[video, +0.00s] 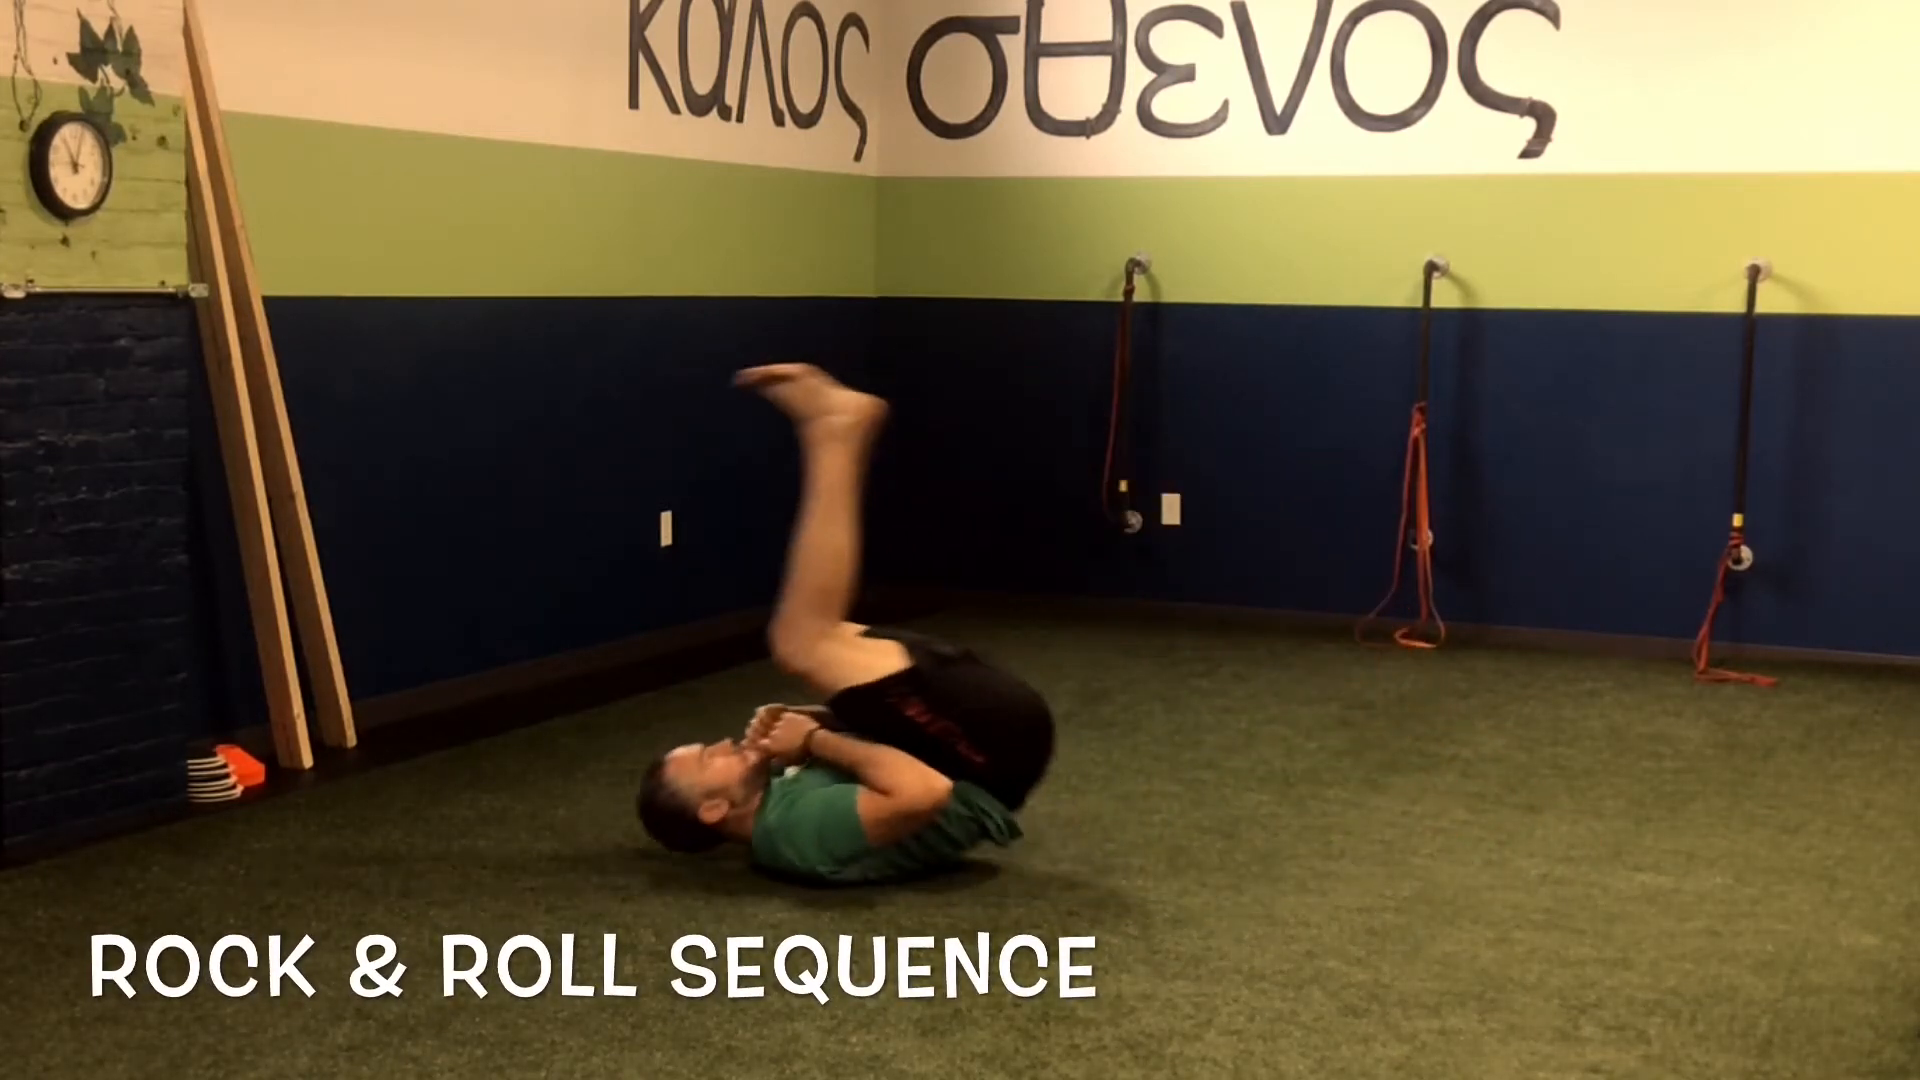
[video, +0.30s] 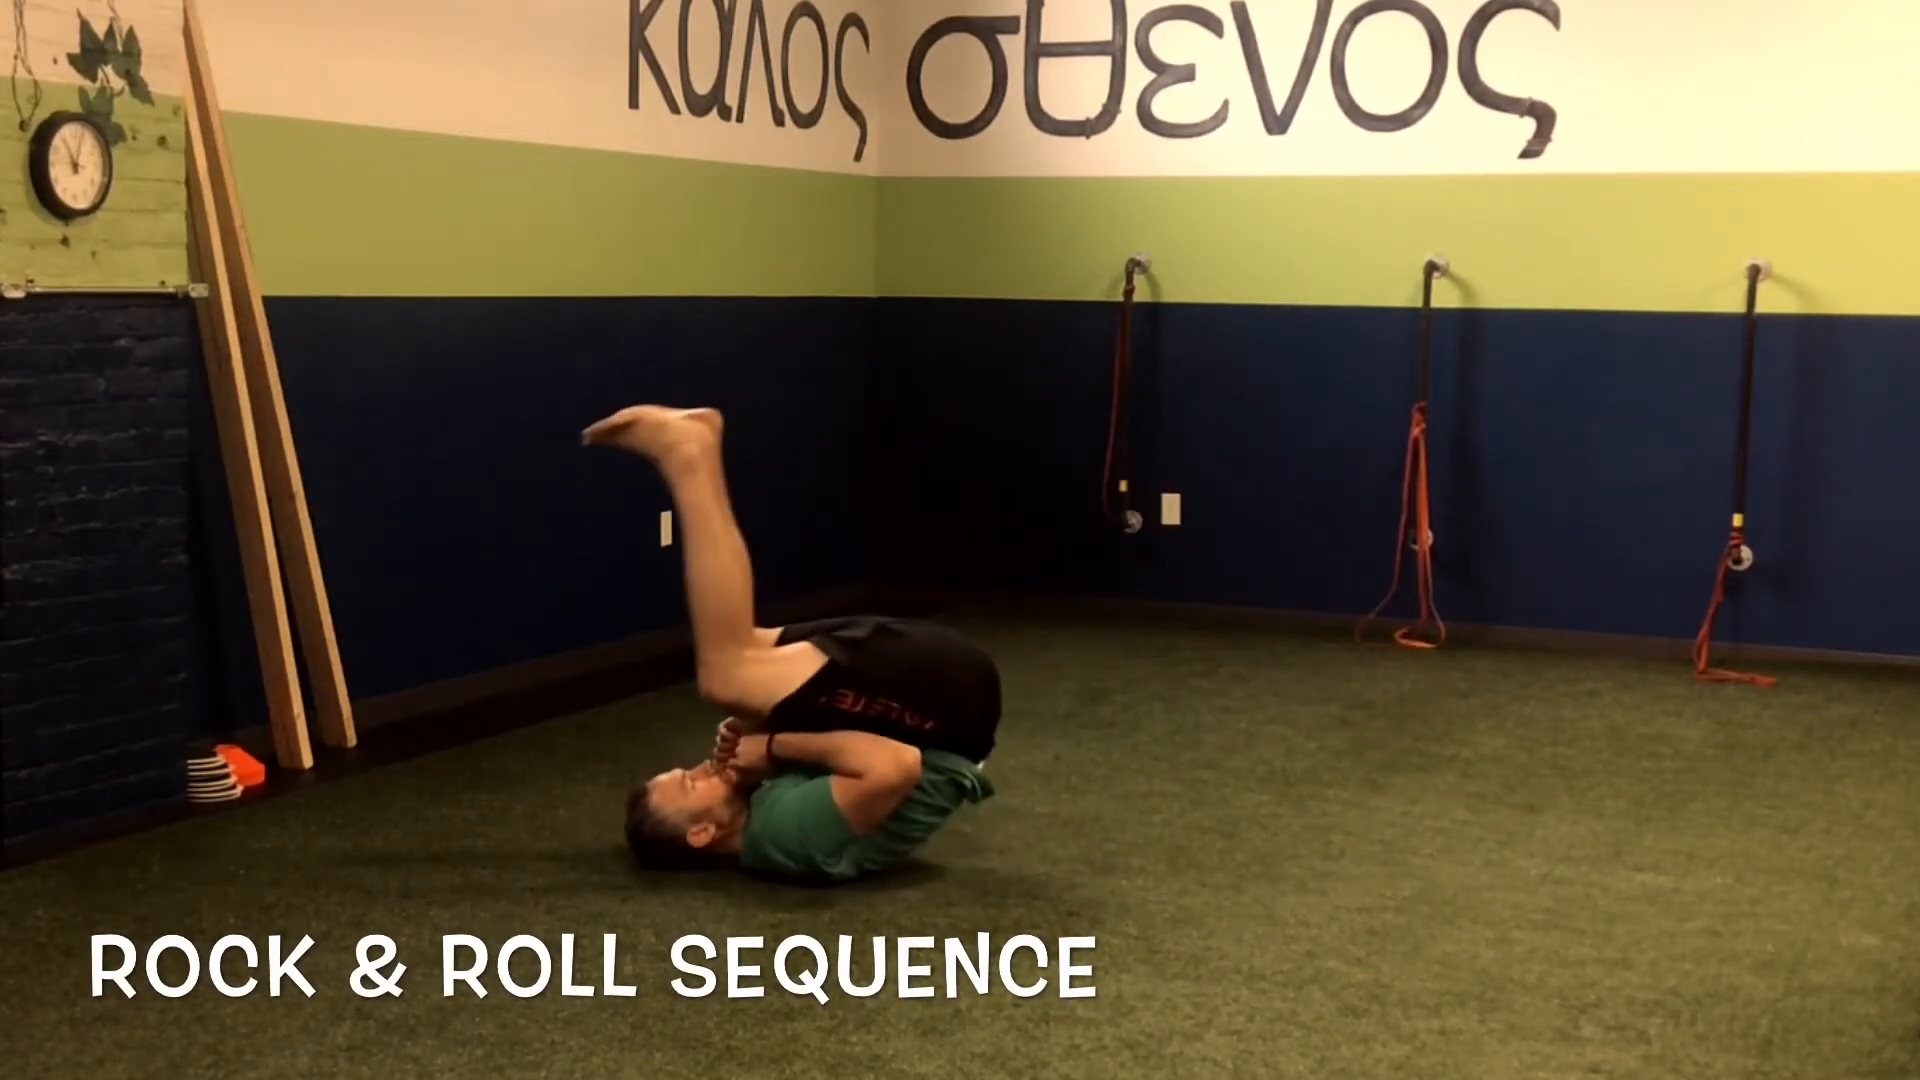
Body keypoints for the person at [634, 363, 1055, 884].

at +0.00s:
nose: (724, 743)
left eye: (705, 745)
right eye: (706, 755)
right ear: (716, 807)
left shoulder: (785, 803)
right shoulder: (792, 830)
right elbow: (925, 793)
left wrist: (799, 742)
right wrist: (814, 740)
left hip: (1005, 736)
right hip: (1001, 749)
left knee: (827, 635)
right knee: (801, 641)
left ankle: (840, 428)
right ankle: (835, 428)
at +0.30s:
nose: (702, 765)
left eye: (684, 771)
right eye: (688, 782)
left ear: (708, 825)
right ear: (705, 828)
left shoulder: (763, 809)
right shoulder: (781, 835)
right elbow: (898, 767)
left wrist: (752, 737)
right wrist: (773, 750)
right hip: (957, 697)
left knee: (745, 644)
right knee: (725, 669)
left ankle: (692, 451)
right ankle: (689, 449)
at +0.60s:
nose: (705, 766)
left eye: (687, 770)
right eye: (691, 783)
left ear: (707, 831)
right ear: (704, 832)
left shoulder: (758, 816)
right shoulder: (780, 834)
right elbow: (901, 771)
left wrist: (753, 759)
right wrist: (775, 746)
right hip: (959, 698)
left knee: (752, 645)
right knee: (732, 671)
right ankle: (714, 448)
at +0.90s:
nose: (718, 745)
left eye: (700, 746)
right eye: (701, 759)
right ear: (710, 809)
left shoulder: (778, 804)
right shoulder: (790, 829)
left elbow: (871, 719)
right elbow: (922, 791)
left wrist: (793, 712)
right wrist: (808, 735)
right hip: (999, 750)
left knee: (804, 616)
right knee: (807, 626)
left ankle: (916, 435)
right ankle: (916, 435)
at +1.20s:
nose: (810, 665)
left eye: (796, 657)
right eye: (789, 667)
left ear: (798, 692)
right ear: (769, 715)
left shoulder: (836, 747)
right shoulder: (827, 774)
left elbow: (962, 782)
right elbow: (984, 805)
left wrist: (912, 696)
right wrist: (916, 704)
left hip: (1031, 812)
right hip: (1043, 828)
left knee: (982, 585)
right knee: (983, 594)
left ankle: (1191, 553)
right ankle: (1202, 558)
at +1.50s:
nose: (951, 591)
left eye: (940, 578)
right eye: (934, 584)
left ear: (894, 614)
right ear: (896, 615)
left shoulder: (899, 676)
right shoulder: (926, 692)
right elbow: (1056, 785)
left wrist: (1004, 682)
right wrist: (1044, 673)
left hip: (1050, 829)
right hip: (1077, 846)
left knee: (1159, 622)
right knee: (1169, 624)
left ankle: (1333, 749)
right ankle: (1342, 753)